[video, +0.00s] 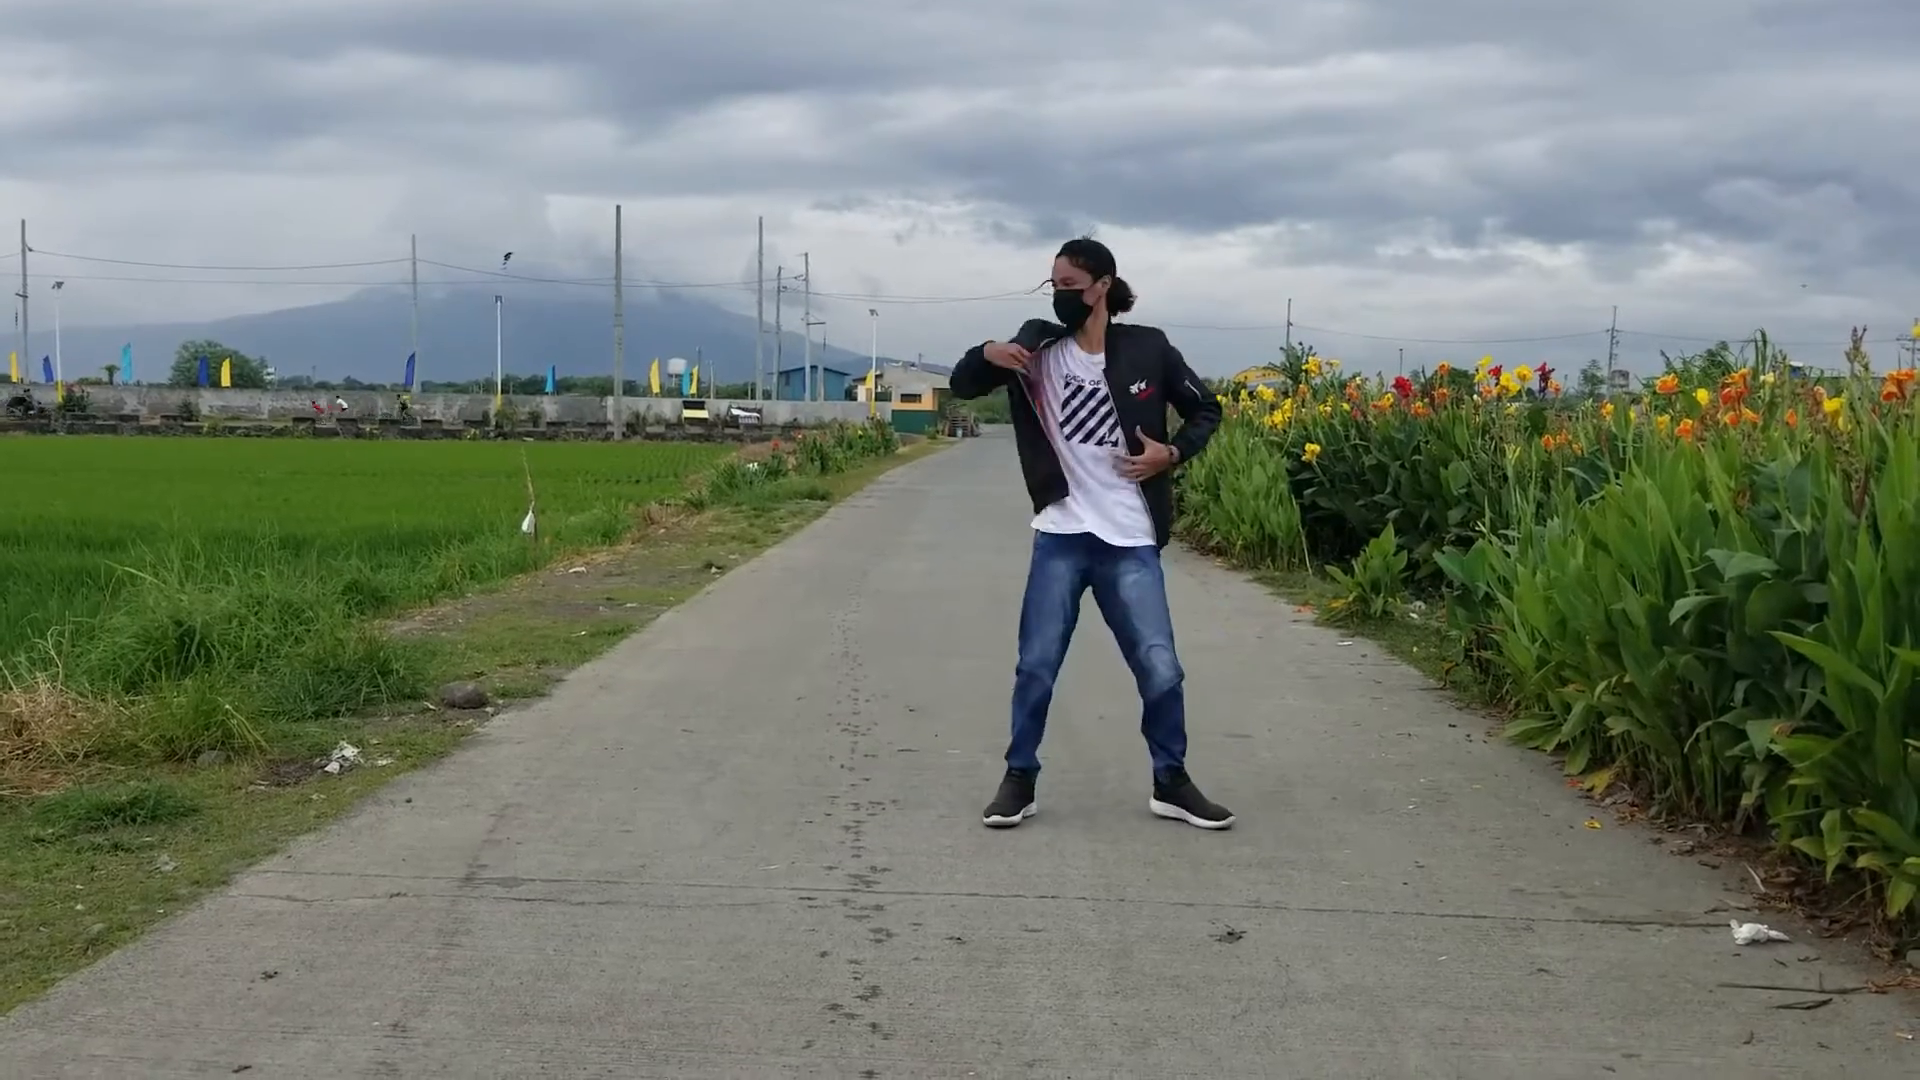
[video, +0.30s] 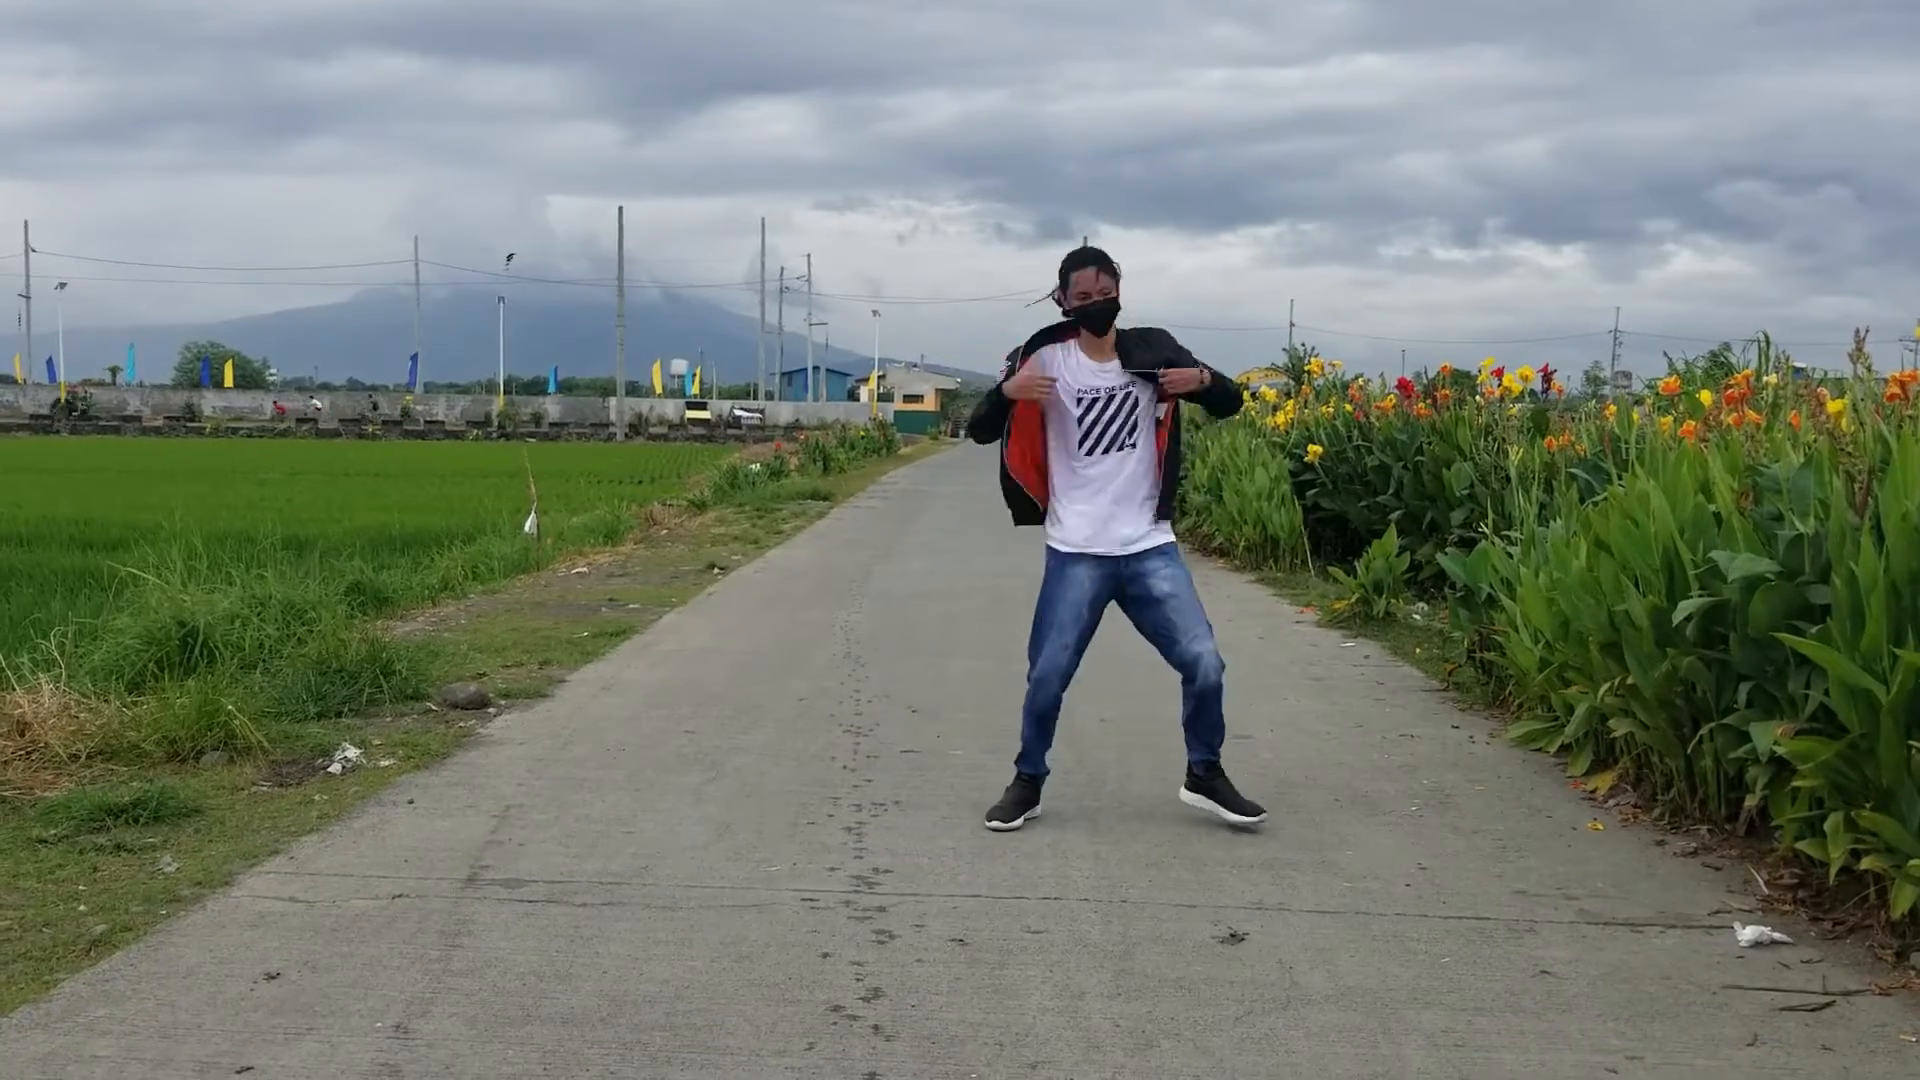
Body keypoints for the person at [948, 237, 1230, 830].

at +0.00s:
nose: (1058, 296)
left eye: (1069, 287)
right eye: (1054, 286)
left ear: (1103, 287)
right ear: (1052, 288)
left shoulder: (1148, 349)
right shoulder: (1035, 347)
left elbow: (1206, 412)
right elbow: (964, 385)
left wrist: (1174, 452)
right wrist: (985, 356)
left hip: (1131, 536)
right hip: (1061, 530)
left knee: (1161, 667)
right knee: (1036, 662)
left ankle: (1171, 781)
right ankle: (1018, 779)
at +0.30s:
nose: (1094, 290)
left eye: (1103, 279)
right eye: (1081, 282)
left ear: (1118, 289)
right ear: (1063, 296)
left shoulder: (1155, 349)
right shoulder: (1039, 359)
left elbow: (1229, 405)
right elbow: (979, 430)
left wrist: (1205, 381)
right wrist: (1005, 394)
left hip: (1149, 542)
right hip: (1075, 546)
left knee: (1204, 661)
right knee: (1047, 674)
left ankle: (1204, 773)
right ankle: (1027, 782)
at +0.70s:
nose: (1058, 332)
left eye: (1070, 322)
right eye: (1052, 320)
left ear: (1100, 318)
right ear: (1047, 313)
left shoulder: (1129, 367)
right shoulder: (1026, 378)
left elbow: (1161, 437)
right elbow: (960, 444)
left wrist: (1195, 481)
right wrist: (935, 379)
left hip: (1137, 558)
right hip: (1068, 562)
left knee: (1195, 672)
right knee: (1043, 683)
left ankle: (1225, 787)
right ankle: (976, 775)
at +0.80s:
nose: (1021, 317)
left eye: (1034, 309)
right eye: (1016, 306)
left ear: (1063, 315)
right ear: (1010, 310)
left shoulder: (1094, 370)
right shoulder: (992, 375)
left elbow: (1116, 442)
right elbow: (951, 457)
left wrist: (1148, 496)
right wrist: (922, 427)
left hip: (1096, 552)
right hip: (1029, 554)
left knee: (1156, 666)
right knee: (1029, 680)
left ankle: (1212, 771)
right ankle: (980, 782)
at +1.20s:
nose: (926, 340)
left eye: (937, 331)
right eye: (923, 330)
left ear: (972, 329)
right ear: (923, 326)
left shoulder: (1009, 366)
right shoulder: (902, 374)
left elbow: (1074, 365)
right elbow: (827, 392)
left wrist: (1147, 360)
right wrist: (748, 391)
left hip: (981, 548)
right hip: (924, 542)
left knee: (921, 657)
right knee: (986, 601)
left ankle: (838, 742)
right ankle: (971, 710)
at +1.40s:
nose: (921, 320)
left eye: (930, 309)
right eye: (913, 311)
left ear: (962, 305)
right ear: (909, 312)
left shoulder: (1001, 367)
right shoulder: (887, 368)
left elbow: (1030, 427)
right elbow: (842, 436)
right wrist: (789, 482)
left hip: (984, 538)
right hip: (920, 538)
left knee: (960, 671)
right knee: (932, 666)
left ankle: (882, 727)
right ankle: (946, 781)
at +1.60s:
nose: (936, 336)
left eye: (946, 324)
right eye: (925, 328)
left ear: (968, 324)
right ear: (915, 335)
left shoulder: (1009, 395)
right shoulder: (900, 402)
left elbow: (1027, 489)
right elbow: (895, 495)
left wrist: (1020, 574)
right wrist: (872, 570)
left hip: (987, 548)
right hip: (921, 552)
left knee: (961, 655)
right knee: (910, 676)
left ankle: (1008, 758)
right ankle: (950, 784)